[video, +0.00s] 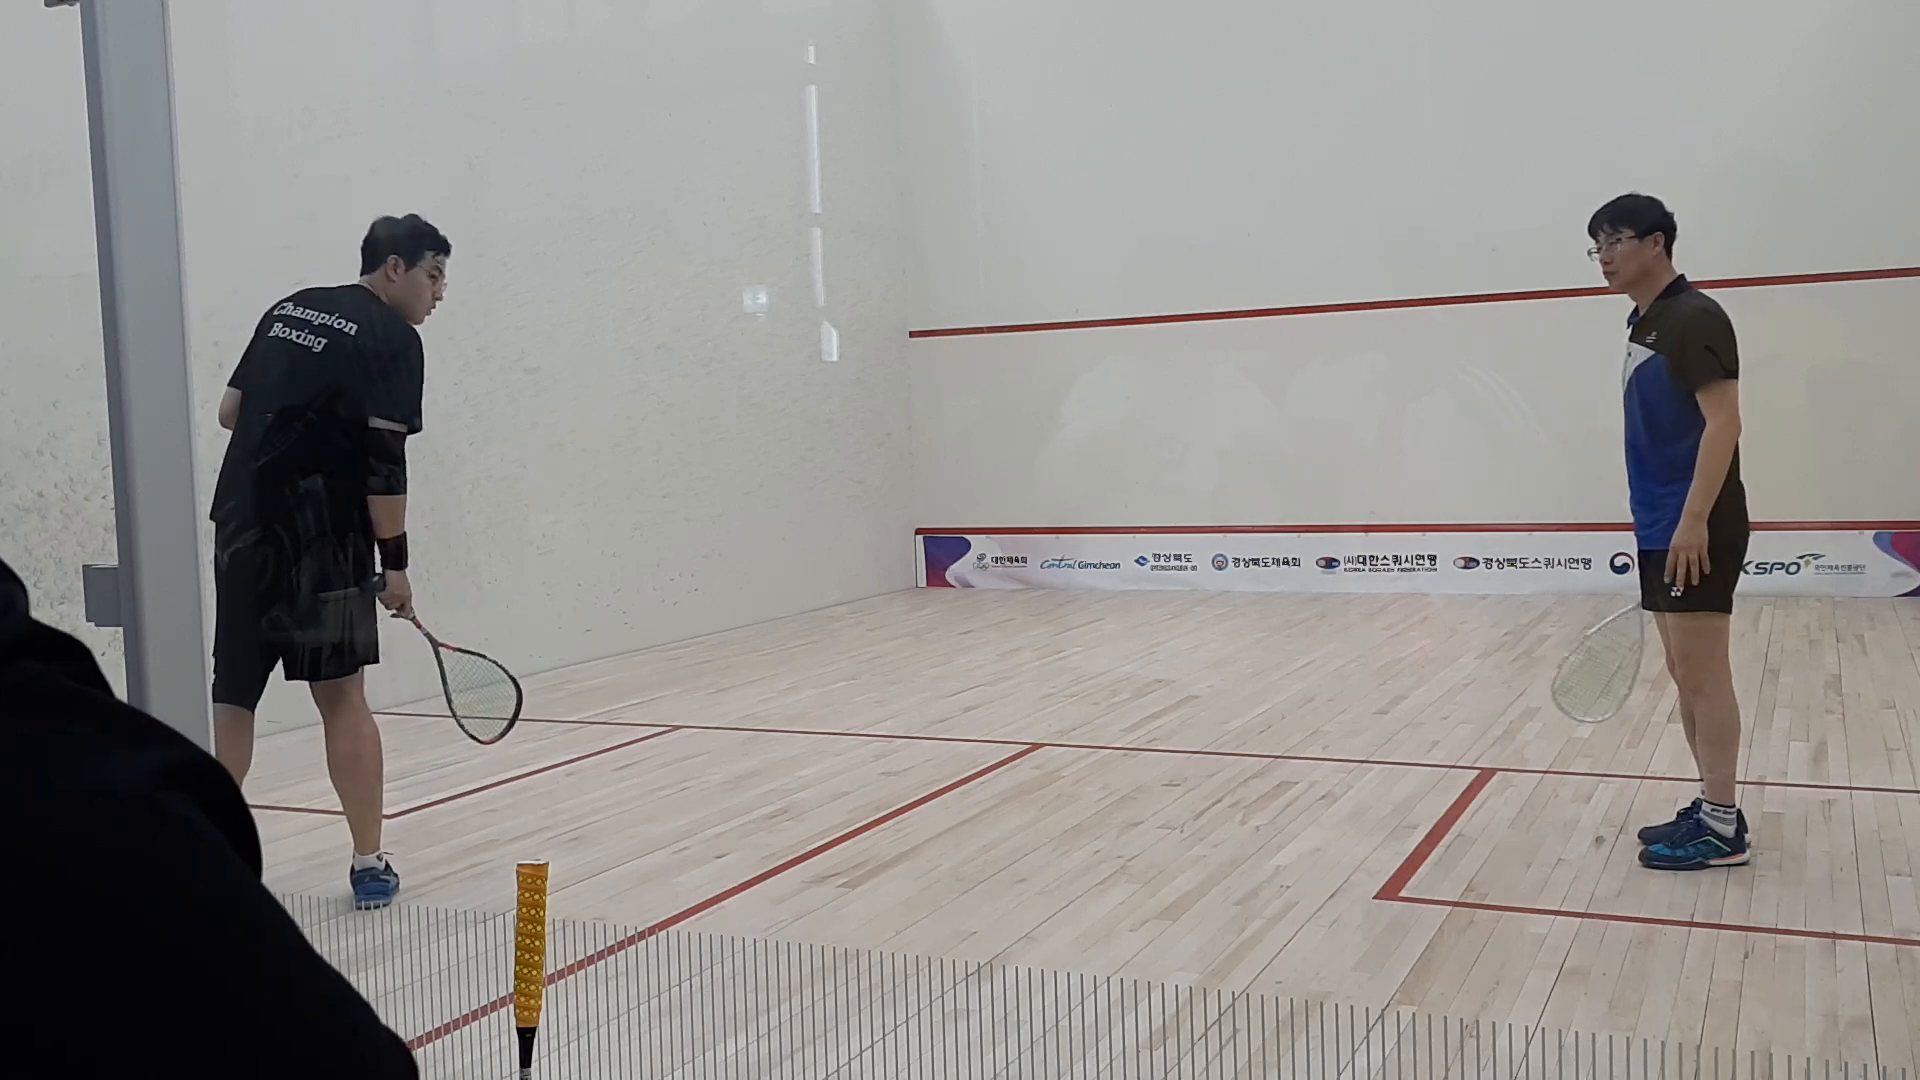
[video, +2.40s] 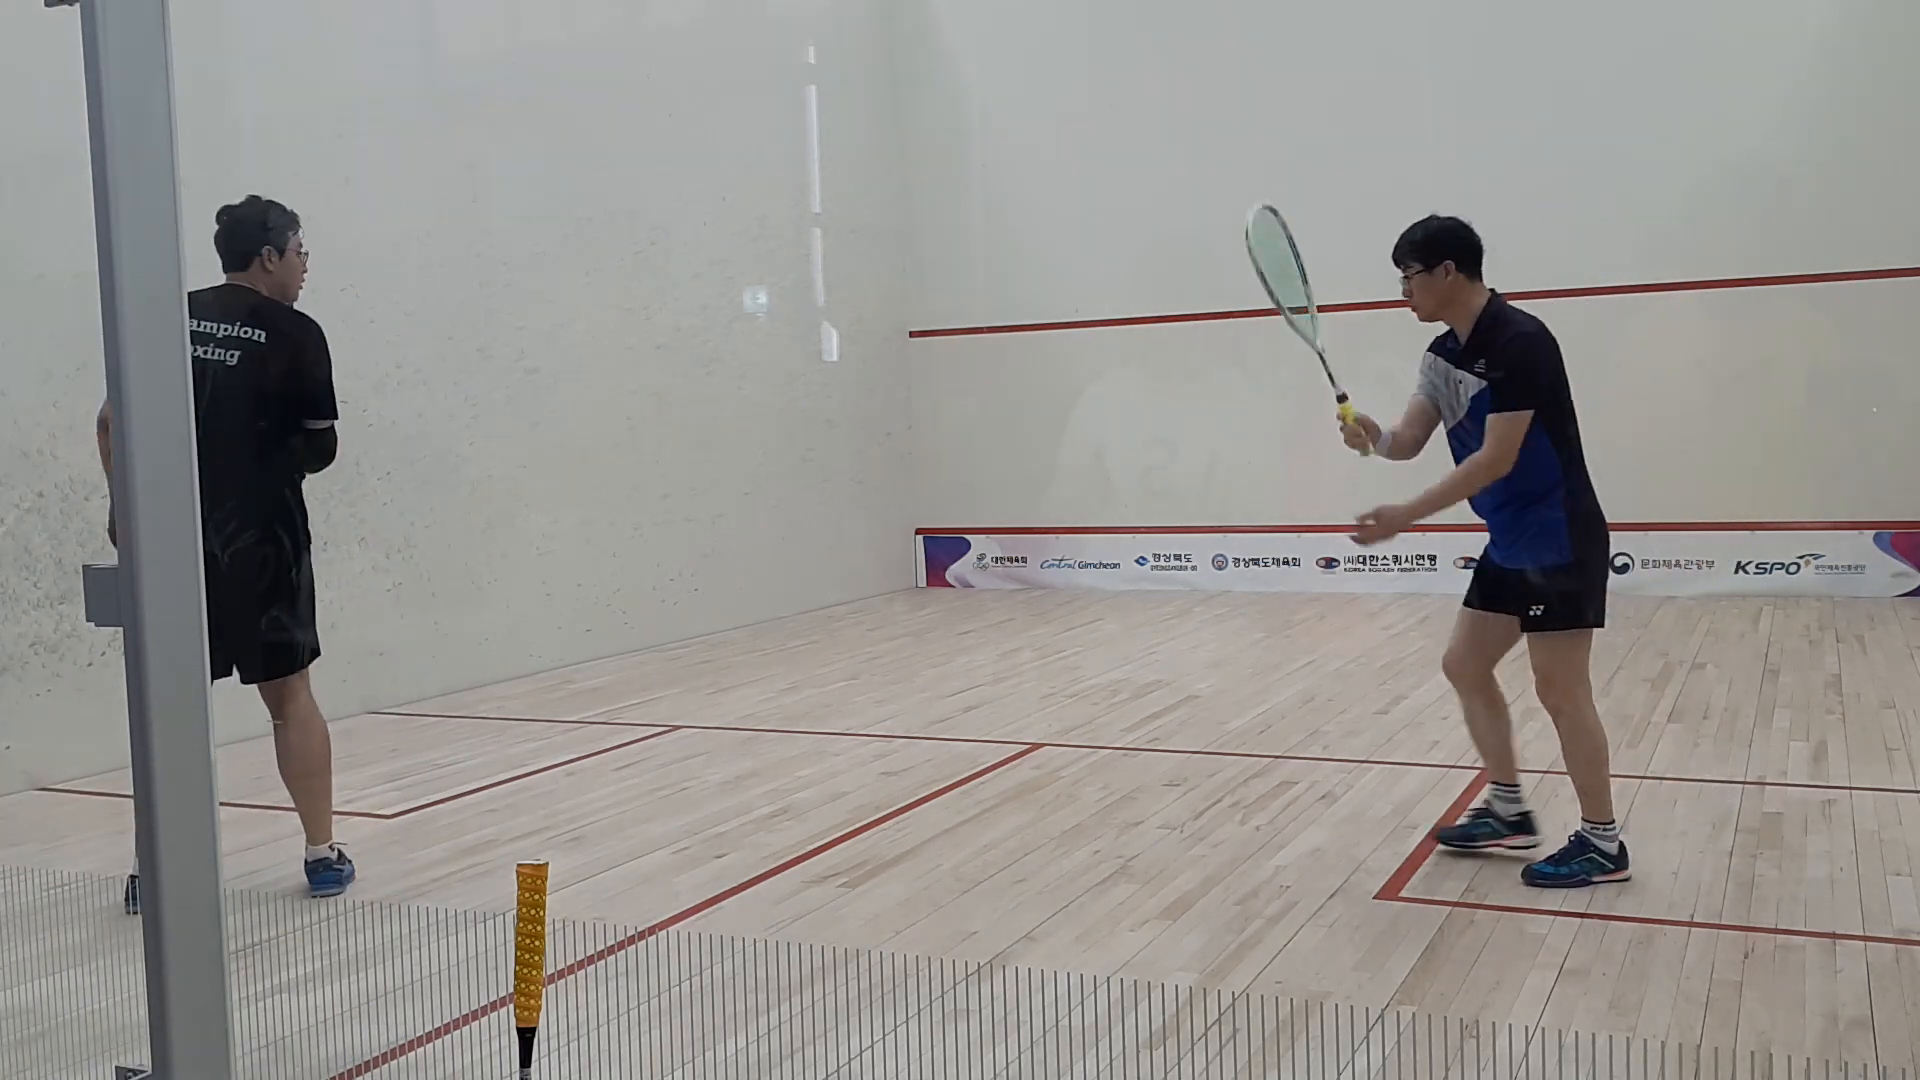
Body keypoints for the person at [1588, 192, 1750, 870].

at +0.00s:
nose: (1602, 257)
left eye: (1613, 243)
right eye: (1597, 248)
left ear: (1656, 244)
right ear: (1614, 256)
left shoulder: (1694, 318)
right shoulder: (1650, 323)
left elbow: (1724, 422)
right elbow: (1667, 436)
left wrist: (1693, 521)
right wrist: (1654, 527)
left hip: (1695, 525)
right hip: (1663, 527)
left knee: (1705, 677)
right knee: (1687, 675)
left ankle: (1723, 822)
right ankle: (1712, 809)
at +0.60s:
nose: (1598, 251)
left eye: (1612, 238)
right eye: (1593, 243)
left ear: (1652, 247)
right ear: (1594, 257)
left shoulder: (1686, 321)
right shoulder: (1626, 330)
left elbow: (1719, 429)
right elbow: (1619, 429)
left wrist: (1682, 521)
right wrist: (1570, 499)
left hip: (1685, 524)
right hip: (1657, 522)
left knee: (1636, 663)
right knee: (1684, 672)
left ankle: (1701, 805)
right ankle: (1716, 805)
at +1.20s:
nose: (1560, 242)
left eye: (1576, 229)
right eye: (1553, 235)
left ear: (1615, 242)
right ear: (1550, 254)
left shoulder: (1645, 326)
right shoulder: (1568, 336)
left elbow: (1677, 431)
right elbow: (1532, 430)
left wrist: (1657, 528)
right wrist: (1489, 437)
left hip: (1624, 539)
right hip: (1591, 538)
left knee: (1595, 683)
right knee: (1640, 675)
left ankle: (1603, 838)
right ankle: (1704, 789)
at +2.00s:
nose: (1464, 270)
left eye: (1473, 256)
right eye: (1464, 257)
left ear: (1515, 254)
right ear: (1503, 259)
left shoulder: (1584, 329)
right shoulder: (1504, 346)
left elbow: (1631, 437)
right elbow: (1462, 430)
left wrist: (1608, 532)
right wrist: (1387, 448)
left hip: (1595, 538)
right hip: (1557, 541)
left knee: (1579, 688)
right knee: (1614, 674)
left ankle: (1600, 838)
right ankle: (1683, 778)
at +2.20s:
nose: (1437, 287)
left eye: (1444, 271)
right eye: (1436, 273)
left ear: (1482, 265)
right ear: (1480, 269)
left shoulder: (1557, 335)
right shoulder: (1477, 346)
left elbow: (1595, 450)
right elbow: (1445, 431)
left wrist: (1570, 544)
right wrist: (1392, 463)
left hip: (1586, 532)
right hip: (1539, 533)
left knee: (1573, 684)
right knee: (1554, 675)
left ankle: (1602, 839)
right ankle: (1663, 772)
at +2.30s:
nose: (1422, 291)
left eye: (1428, 276)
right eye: (1420, 277)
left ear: (1465, 269)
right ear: (1463, 271)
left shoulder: (1538, 340)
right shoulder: (1463, 350)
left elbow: (1550, 459)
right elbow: (1431, 435)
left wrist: (1496, 542)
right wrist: (1391, 461)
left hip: (1577, 543)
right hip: (1527, 542)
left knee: (1569, 689)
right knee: (1512, 673)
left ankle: (1601, 838)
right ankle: (1608, 788)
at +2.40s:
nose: (1404, 293)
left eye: (1410, 278)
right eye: (1402, 280)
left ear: (1448, 272)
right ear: (1444, 276)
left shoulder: (1520, 341)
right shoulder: (1444, 352)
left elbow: (1497, 460)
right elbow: (1411, 439)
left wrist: (1406, 512)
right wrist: (1377, 439)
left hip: (1565, 542)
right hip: (1512, 542)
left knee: (1563, 691)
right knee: (1465, 665)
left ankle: (1603, 838)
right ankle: (1508, 808)